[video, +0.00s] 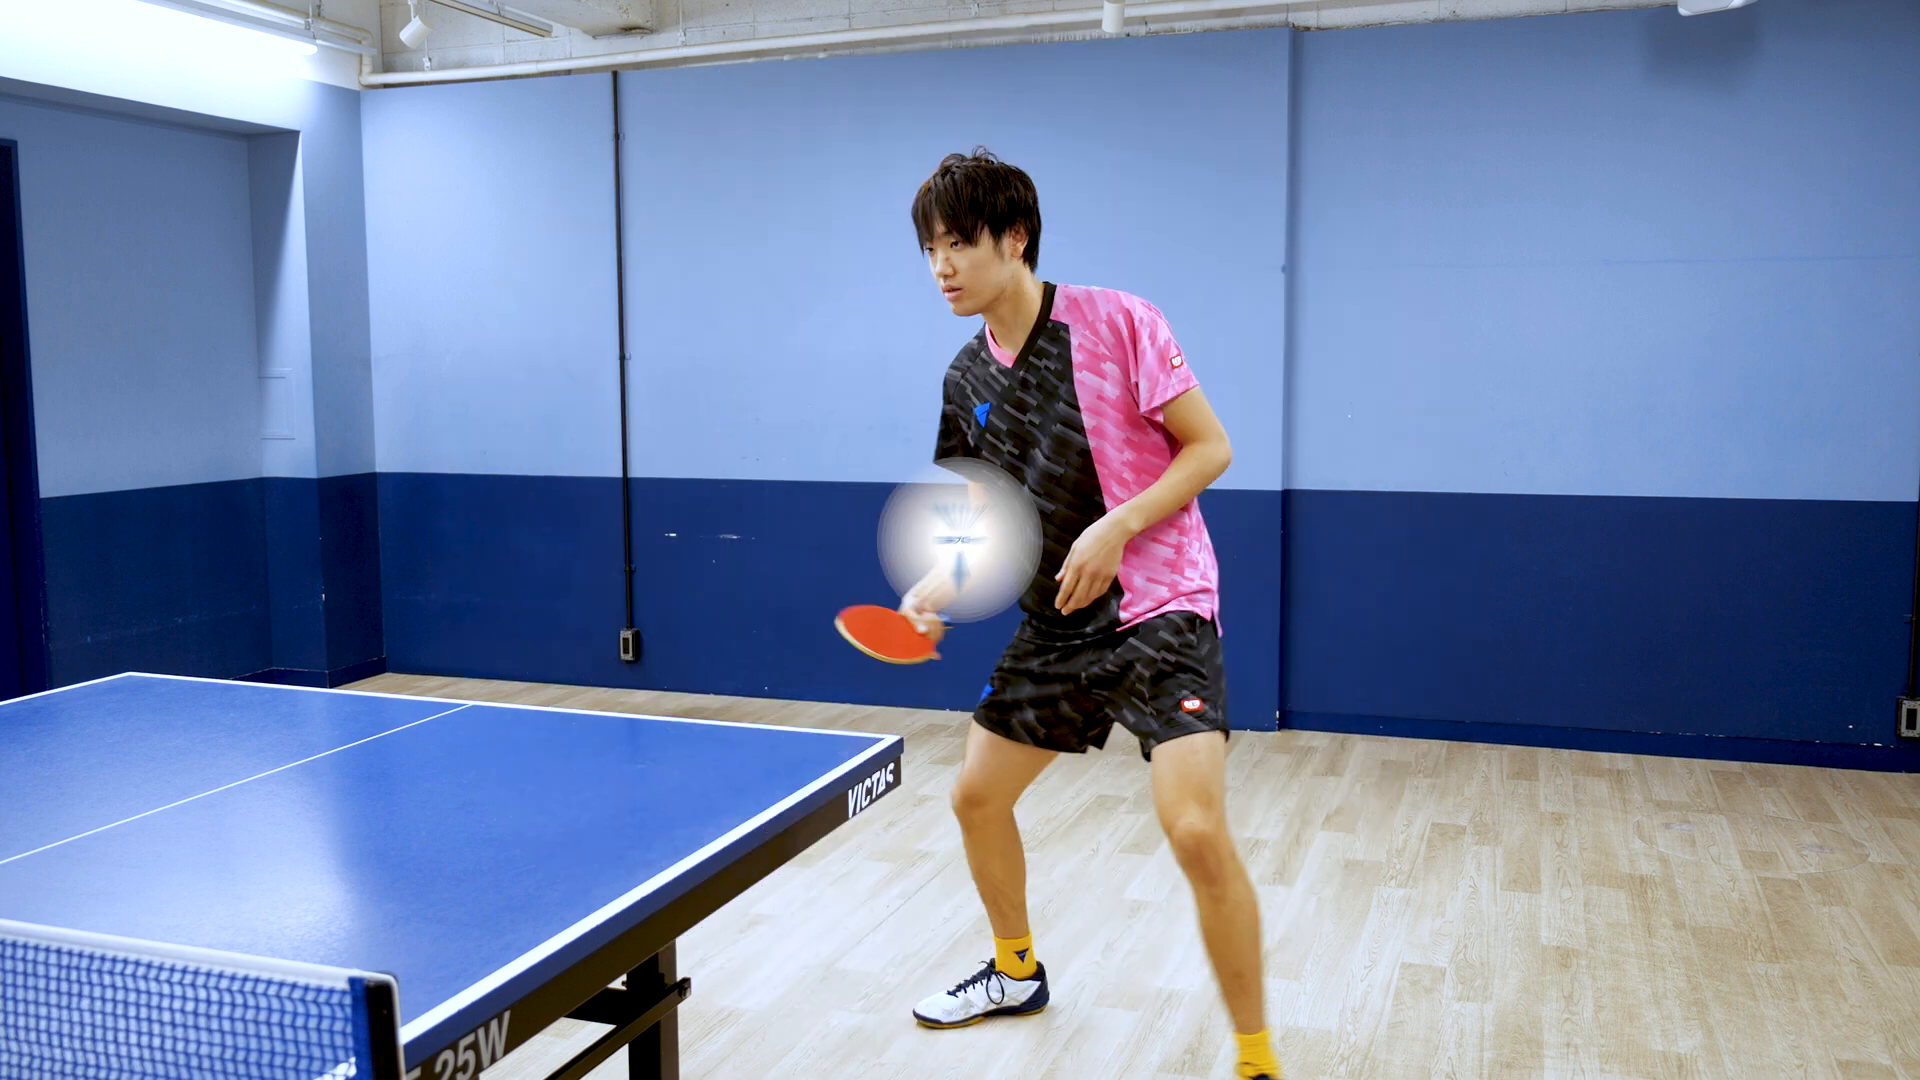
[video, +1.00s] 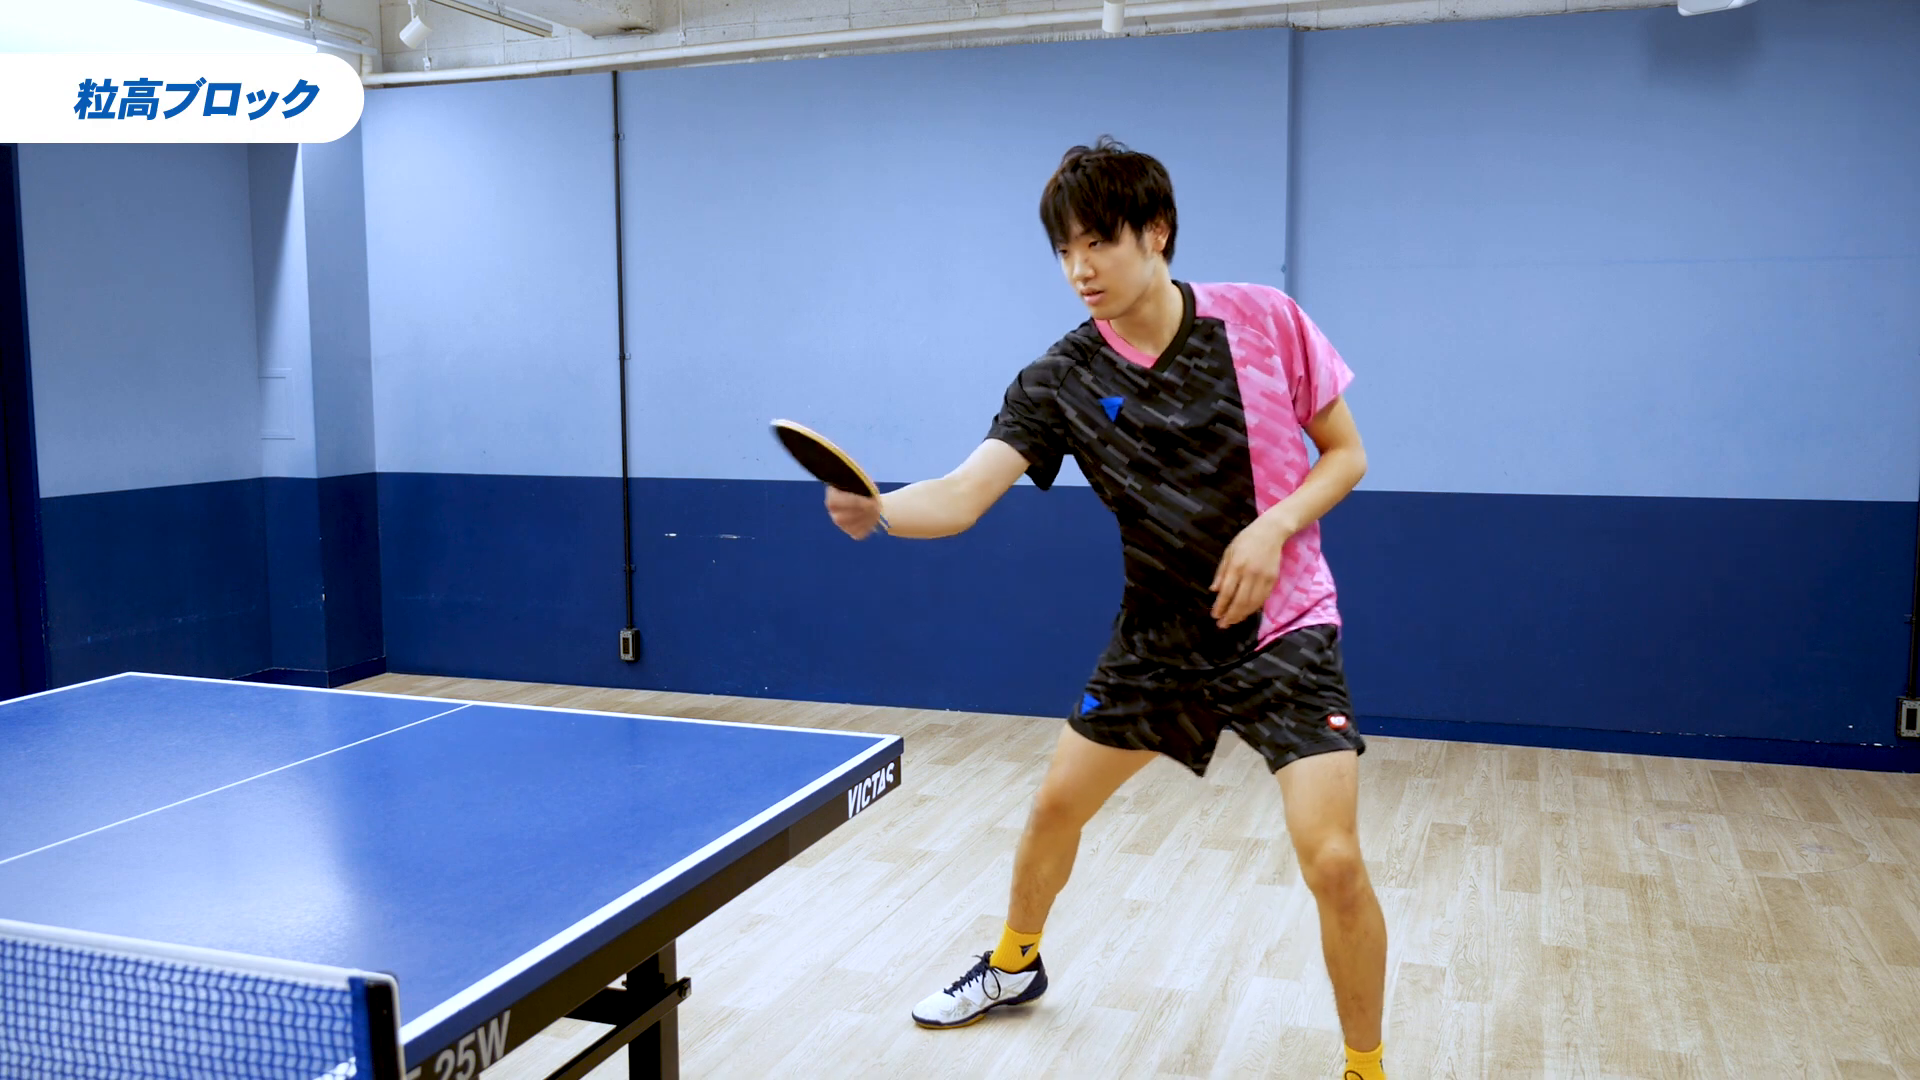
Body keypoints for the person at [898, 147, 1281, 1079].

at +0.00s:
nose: (942, 267)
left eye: (959, 244)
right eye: (932, 251)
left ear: (1016, 240)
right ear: (934, 258)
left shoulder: (1118, 323)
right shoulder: (966, 382)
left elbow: (1210, 448)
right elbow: (983, 522)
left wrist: (1119, 527)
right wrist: (938, 587)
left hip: (1163, 609)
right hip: (1058, 620)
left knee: (1196, 831)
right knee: (979, 795)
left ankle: (1255, 1054)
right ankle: (1015, 970)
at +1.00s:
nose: (1080, 266)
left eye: (1098, 240)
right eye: (1065, 246)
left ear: (1157, 235)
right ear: (1057, 256)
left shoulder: (1264, 320)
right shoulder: (1063, 378)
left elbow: (1346, 454)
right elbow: (961, 495)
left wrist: (1273, 529)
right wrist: (881, 510)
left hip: (1285, 625)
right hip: (1162, 626)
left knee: (1336, 866)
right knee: (1057, 803)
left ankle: (1366, 1067)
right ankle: (1013, 966)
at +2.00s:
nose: (1039, 334)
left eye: (1053, 306)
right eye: (1024, 317)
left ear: (1109, 285)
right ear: (1015, 319)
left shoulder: (1229, 333)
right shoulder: (1045, 422)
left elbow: (1329, 452)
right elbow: (1016, 580)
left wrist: (1241, 542)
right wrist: (965, 596)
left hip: (1271, 624)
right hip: (1153, 630)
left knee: (1309, 855)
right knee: (1051, 798)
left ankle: (1363, 1065)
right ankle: (1016, 967)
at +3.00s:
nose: (1023, 380)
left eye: (1036, 353)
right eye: (1010, 362)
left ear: (1094, 332)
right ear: (1007, 362)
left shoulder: (1214, 399)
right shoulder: (1056, 451)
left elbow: (1317, 529)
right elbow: (1057, 578)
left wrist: (1195, 609)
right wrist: (1013, 620)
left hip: (1257, 667)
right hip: (1151, 669)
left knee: (1257, 893)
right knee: (1011, 813)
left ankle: (1357, 1069)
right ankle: (1023, 973)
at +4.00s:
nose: (992, 278)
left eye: (1009, 255)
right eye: (981, 261)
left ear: (1067, 249)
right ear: (981, 268)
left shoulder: (1168, 339)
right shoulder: (1026, 385)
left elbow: (1260, 475)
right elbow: (1054, 521)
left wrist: (1130, 539)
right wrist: (995, 599)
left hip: (1213, 634)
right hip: (1110, 635)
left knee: (1255, 859)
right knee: (1013, 793)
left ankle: (1354, 1064)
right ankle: (1024, 971)